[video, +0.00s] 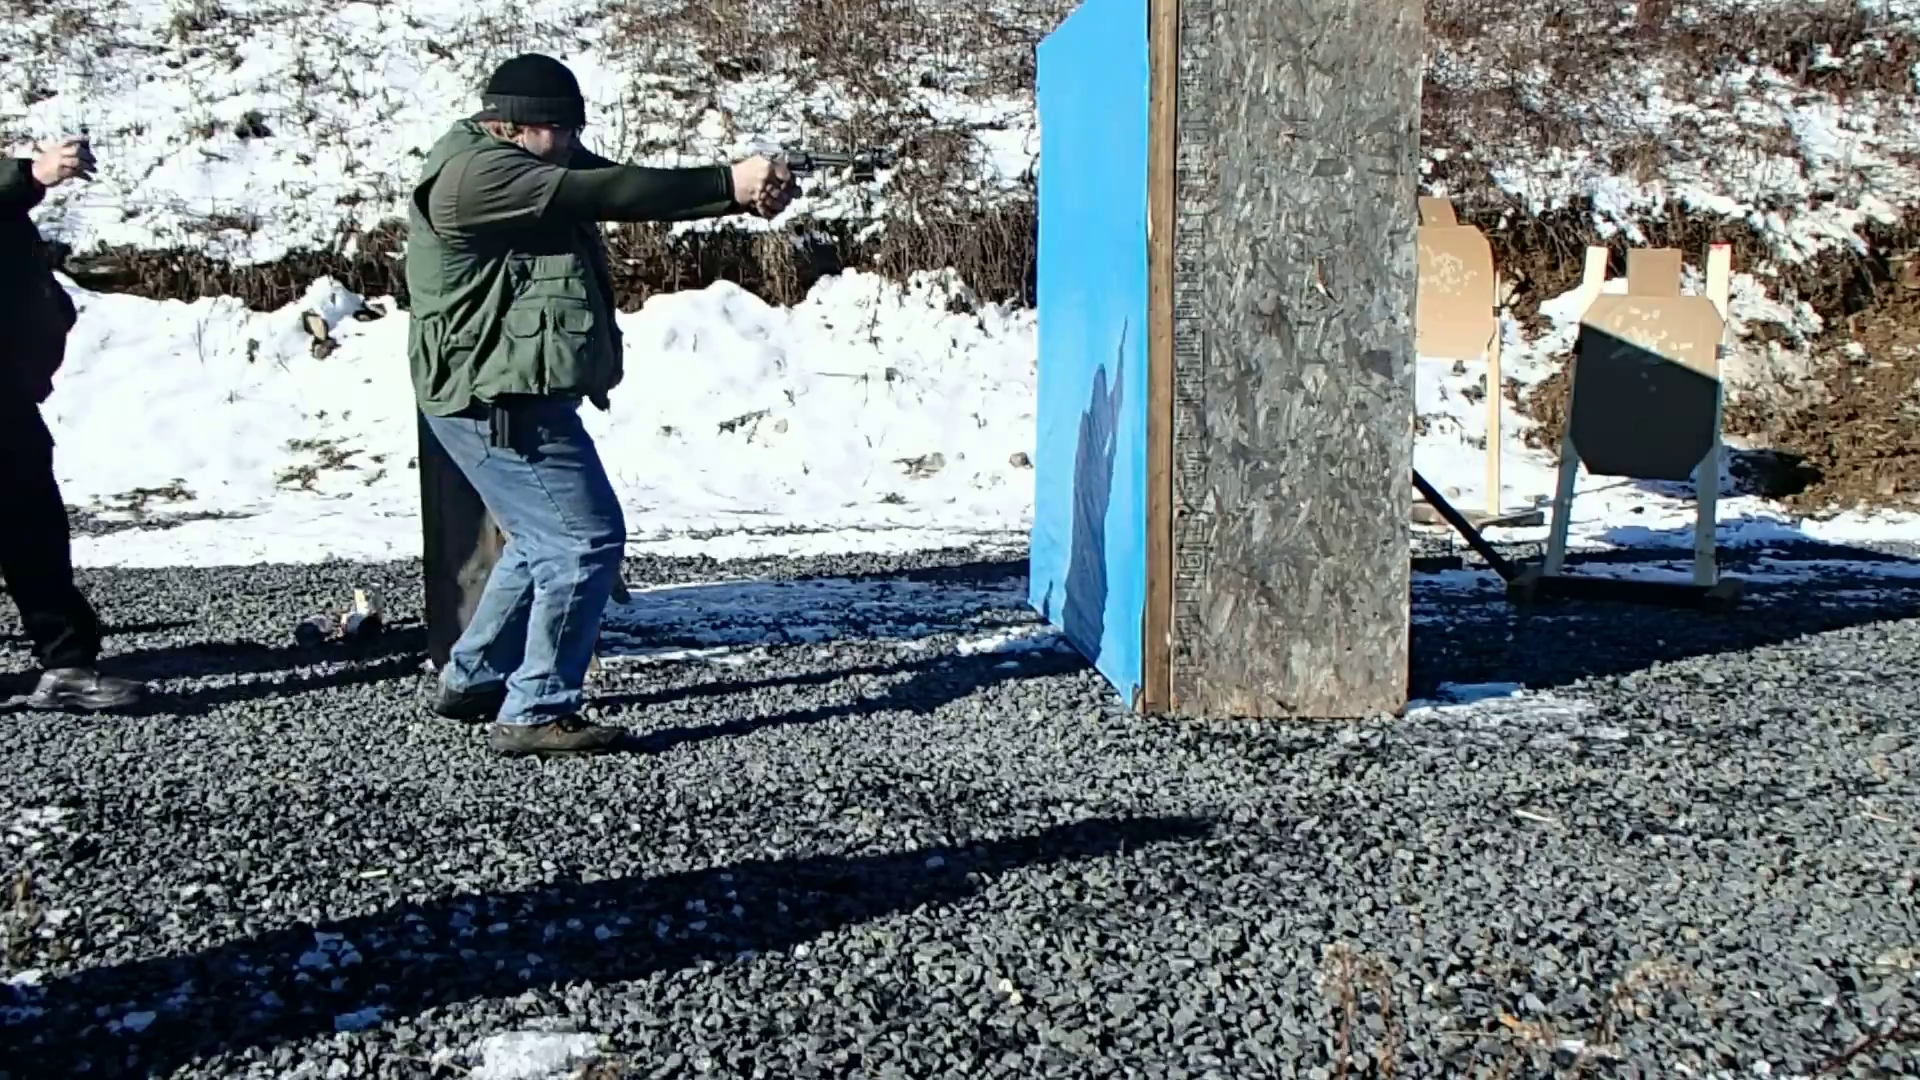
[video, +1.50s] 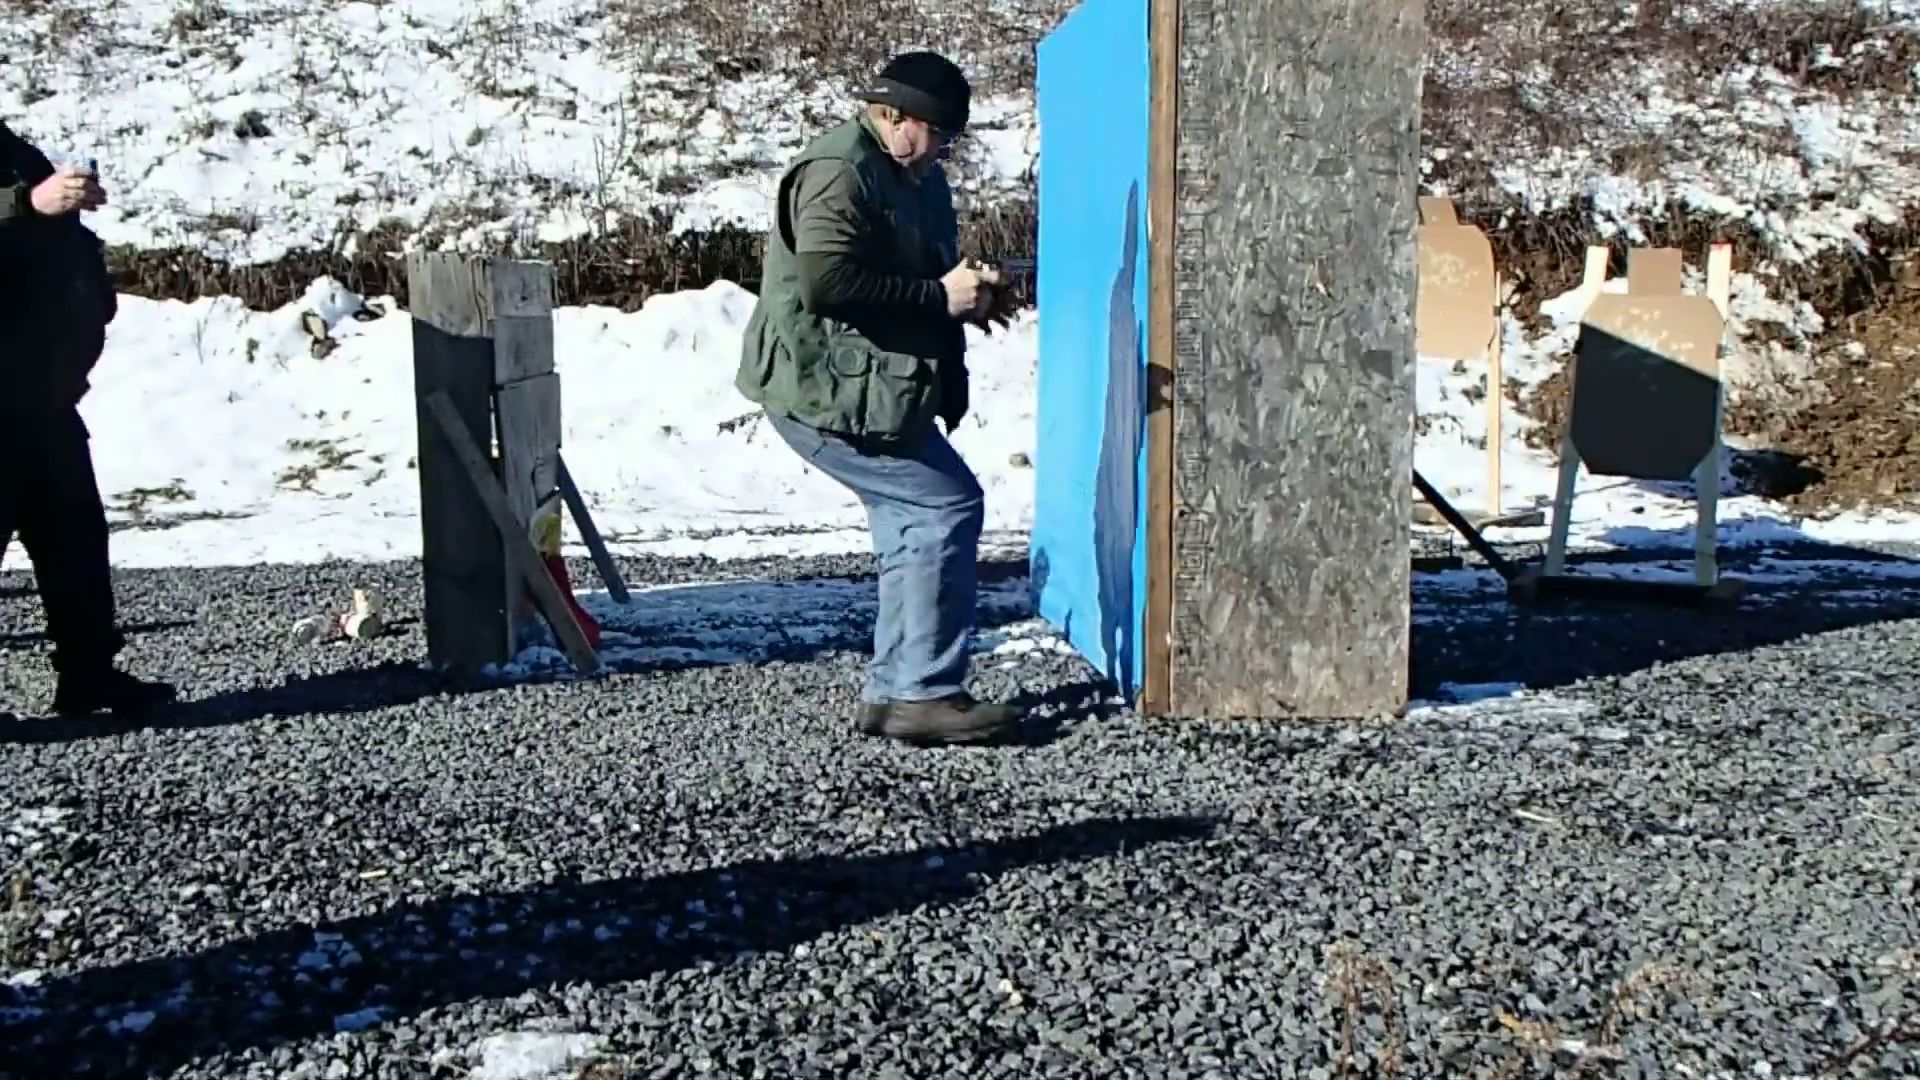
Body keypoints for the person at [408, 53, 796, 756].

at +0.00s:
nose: (576, 145)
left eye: (574, 131)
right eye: (567, 131)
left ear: (517, 122)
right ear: (525, 125)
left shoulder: (498, 165)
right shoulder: (482, 175)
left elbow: (617, 185)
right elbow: (604, 191)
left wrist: (730, 189)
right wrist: (728, 183)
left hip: (505, 392)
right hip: (494, 399)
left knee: (543, 537)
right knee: (587, 539)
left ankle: (472, 677)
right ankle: (538, 710)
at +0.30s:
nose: (584, 146)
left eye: (583, 132)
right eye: (574, 132)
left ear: (529, 124)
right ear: (532, 126)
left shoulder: (509, 163)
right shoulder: (489, 175)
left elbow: (626, 186)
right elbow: (613, 192)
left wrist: (738, 190)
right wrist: (737, 184)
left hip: (503, 395)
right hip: (504, 400)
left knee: (538, 542)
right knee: (592, 542)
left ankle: (468, 681)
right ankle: (537, 711)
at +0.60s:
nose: (604, 147)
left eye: (603, 133)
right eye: (595, 133)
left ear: (549, 126)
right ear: (553, 127)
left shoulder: (532, 163)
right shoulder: (506, 174)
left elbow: (646, 187)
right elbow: (628, 196)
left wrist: (754, 189)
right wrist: (752, 189)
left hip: (512, 397)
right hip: (522, 401)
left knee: (535, 546)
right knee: (601, 545)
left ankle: (465, 684)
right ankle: (539, 711)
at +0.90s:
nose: (660, 121)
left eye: (659, 109)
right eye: (652, 108)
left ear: (609, 111)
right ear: (608, 111)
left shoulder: (640, 169)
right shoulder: (544, 171)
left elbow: (687, 262)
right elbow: (622, 248)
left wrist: (747, 229)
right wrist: (734, 212)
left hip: (600, 402)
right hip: (563, 407)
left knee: (559, 544)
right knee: (622, 557)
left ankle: (470, 675)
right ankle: (538, 709)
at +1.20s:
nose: (795, 133)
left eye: (797, 119)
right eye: (789, 117)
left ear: (748, 115)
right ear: (749, 112)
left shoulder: (765, 181)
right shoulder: (699, 170)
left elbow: (763, 277)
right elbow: (684, 285)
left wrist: (818, 265)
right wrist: (794, 278)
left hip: (746, 410)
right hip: (688, 411)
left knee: (821, 507)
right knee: (671, 572)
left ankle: (843, 682)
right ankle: (536, 702)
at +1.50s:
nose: (941, 146)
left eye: (947, 133)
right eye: (936, 130)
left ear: (928, 125)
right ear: (896, 115)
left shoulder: (923, 181)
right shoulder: (838, 170)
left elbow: (927, 285)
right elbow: (827, 282)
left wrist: (965, 297)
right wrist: (939, 296)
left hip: (871, 386)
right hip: (818, 389)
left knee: (913, 516)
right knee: (947, 502)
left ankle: (892, 686)